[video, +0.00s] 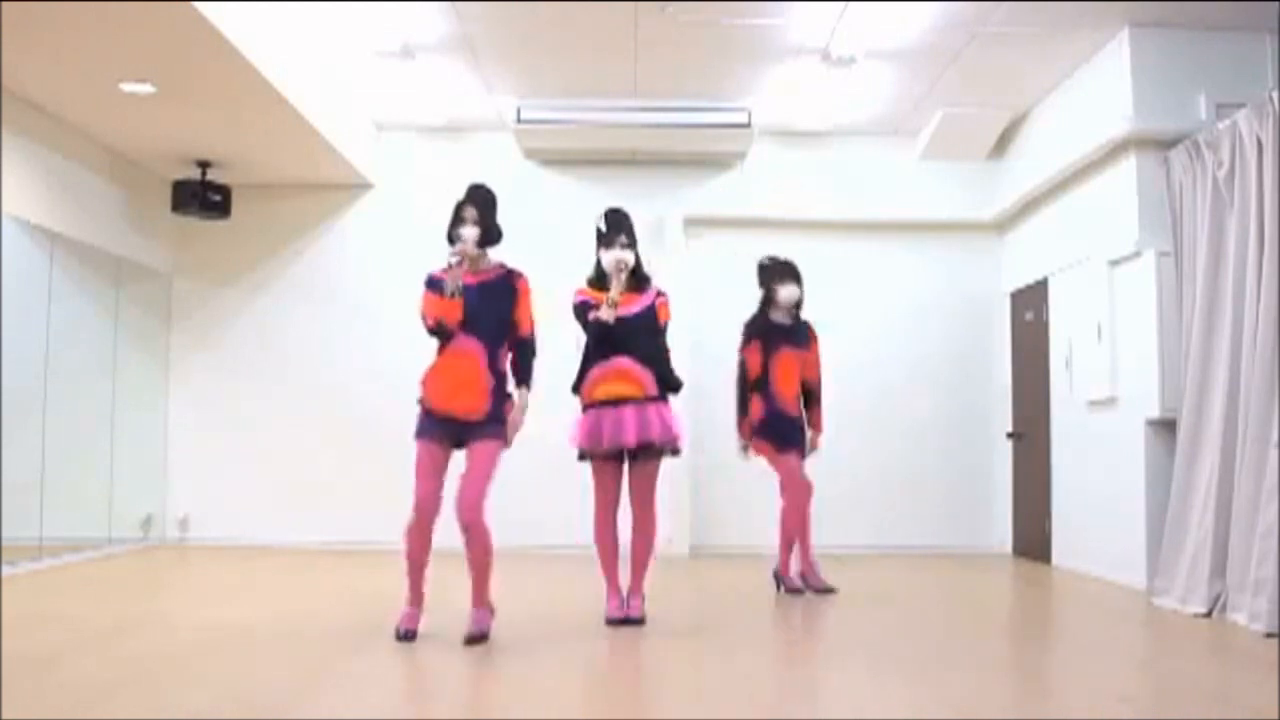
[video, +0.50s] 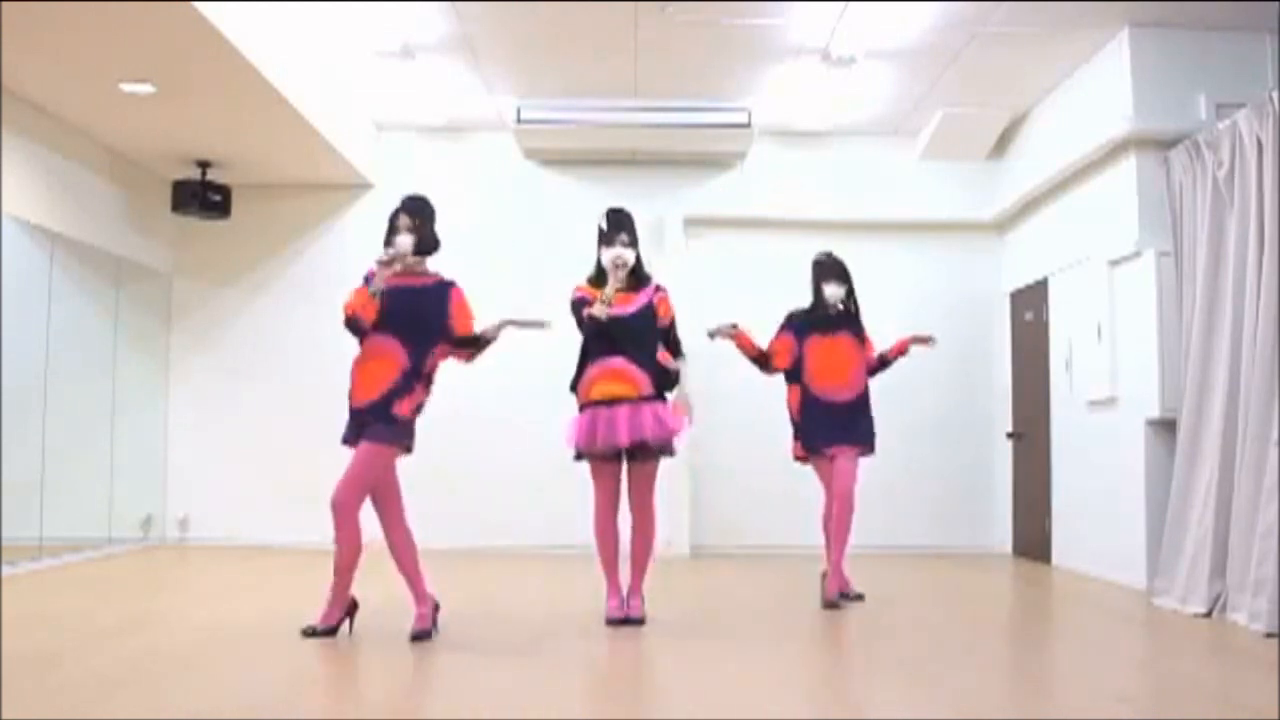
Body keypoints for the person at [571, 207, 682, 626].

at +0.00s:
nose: (620, 257)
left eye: (626, 248)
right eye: (612, 248)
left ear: (636, 252)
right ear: (599, 253)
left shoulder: (653, 297)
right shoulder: (586, 296)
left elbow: (658, 343)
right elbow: (595, 328)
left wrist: (669, 379)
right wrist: (613, 292)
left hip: (647, 397)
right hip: (603, 397)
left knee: (642, 500)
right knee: (606, 501)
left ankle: (636, 589)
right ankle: (613, 589)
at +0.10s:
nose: (620, 256)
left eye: (627, 247)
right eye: (612, 247)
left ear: (637, 251)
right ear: (600, 252)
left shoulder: (654, 296)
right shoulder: (586, 294)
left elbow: (658, 344)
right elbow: (595, 322)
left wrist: (665, 378)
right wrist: (614, 286)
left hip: (646, 395)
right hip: (602, 396)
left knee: (641, 500)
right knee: (605, 501)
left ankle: (636, 589)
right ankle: (612, 590)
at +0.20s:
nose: (621, 255)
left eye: (627, 247)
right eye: (612, 247)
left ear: (638, 251)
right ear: (599, 251)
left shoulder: (654, 295)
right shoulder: (587, 294)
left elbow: (658, 343)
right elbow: (595, 324)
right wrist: (614, 284)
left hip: (646, 396)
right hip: (602, 396)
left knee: (641, 499)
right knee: (605, 501)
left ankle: (636, 589)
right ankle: (612, 590)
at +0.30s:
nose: (620, 255)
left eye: (627, 247)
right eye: (612, 247)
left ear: (638, 251)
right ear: (600, 252)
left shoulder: (655, 295)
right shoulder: (586, 294)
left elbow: (660, 344)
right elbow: (592, 319)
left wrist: (666, 374)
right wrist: (613, 286)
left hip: (646, 397)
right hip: (602, 397)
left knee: (641, 500)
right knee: (605, 501)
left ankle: (636, 589)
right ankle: (612, 590)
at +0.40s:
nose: (620, 255)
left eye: (627, 246)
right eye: (612, 246)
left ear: (637, 250)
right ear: (599, 251)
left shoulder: (654, 295)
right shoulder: (585, 294)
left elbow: (662, 344)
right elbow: (593, 322)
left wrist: (667, 374)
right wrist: (612, 287)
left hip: (645, 397)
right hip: (601, 398)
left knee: (641, 500)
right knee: (606, 501)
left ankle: (636, 589)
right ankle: (612, 589)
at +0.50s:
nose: (619, 255)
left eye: (626, 246)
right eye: (611, 246)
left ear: (637, 250)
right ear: (599, 250)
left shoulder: (655, 294)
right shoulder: (585, 294)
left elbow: (673, 345)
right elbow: (589, 324)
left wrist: (673, 365)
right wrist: (609, 291)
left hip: (645, 400)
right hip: (600, 401)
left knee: (641, 500)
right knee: (606, 501)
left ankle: (636, 590)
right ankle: (613, 590)